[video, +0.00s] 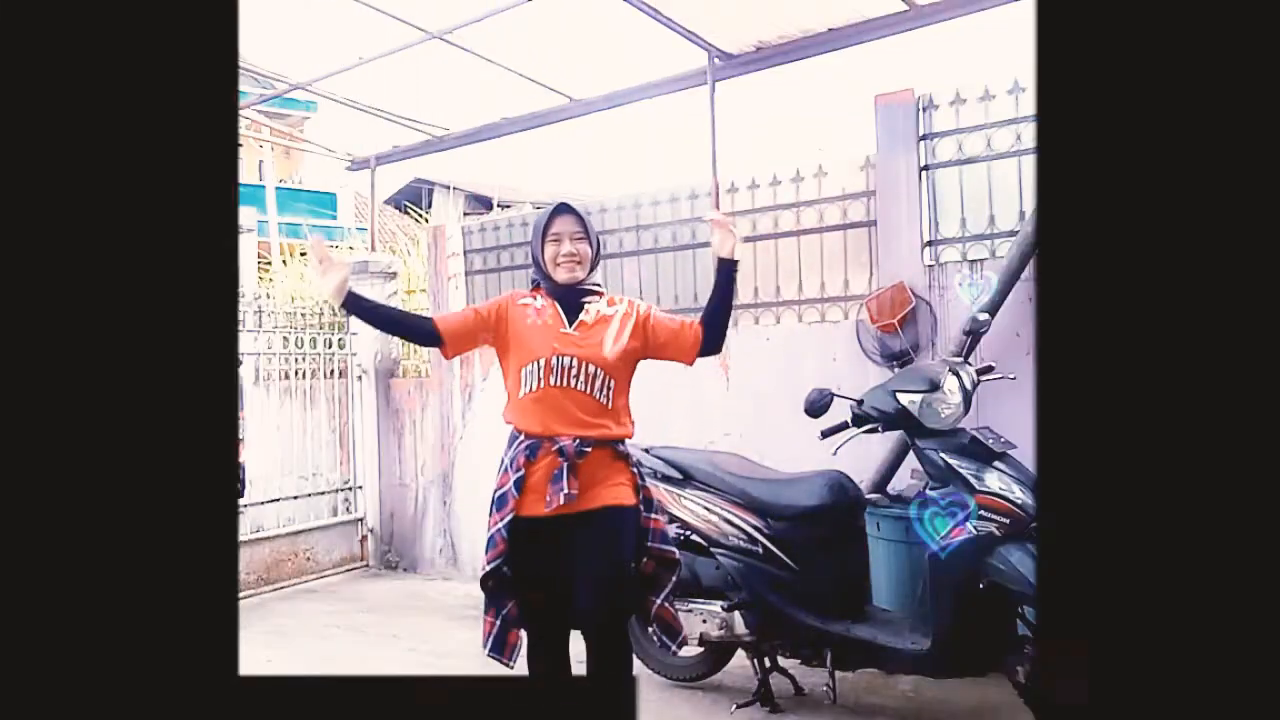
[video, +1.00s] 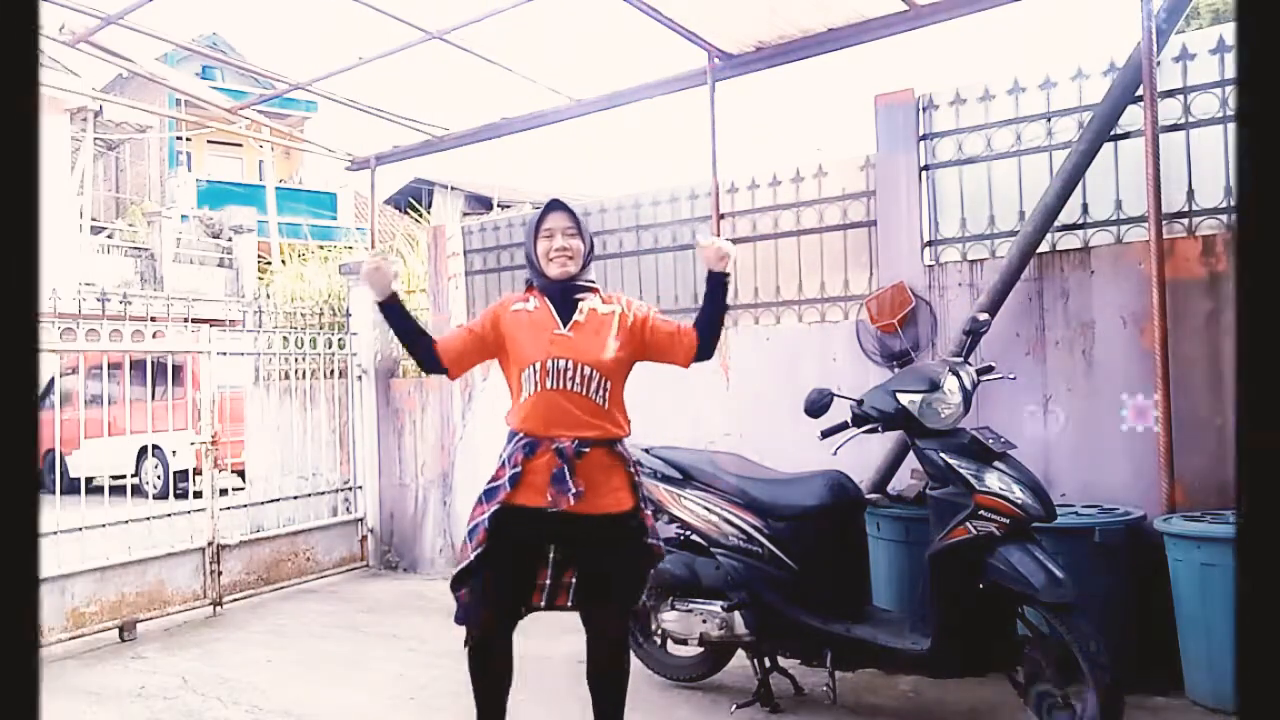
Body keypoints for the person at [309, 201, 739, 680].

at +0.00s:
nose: (569, 249)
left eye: (579, 239)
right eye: (556, 240)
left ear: (593, 250)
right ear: (539, 252)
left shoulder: (629, 315)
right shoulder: (509, 310)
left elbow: (706, 338)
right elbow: (428, 330)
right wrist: (347, 297)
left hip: (606, 494)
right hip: (531, 497)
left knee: (606, 637)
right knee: (545, 641)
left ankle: (614, 718)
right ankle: (553, 718)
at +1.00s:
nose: (560, 244)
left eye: (570, 234)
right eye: (548, 235)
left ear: (587, 245)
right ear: (532, 249)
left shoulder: (621, 313)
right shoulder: (509, 313)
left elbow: (698, 346)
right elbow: (436, 357)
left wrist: (717, 276)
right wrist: (387, 298)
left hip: (606, 498)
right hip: (523, 496)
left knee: (609, 636)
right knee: (487, 629)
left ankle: (609, 716)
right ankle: (490, 717)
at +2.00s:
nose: (583, 291)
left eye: (592, 281)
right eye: (571, 283)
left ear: (606, 289)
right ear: (554, 295)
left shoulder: (638, 334)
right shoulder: (540, 362)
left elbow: (712, 312)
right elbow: (509, 456)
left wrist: (677, 283)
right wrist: (469, 529)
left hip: (596, 520)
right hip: (522, 518)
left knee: (647, 639)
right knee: (460, 638)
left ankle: (662, 718)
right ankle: (424, 717)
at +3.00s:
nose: (574, 267)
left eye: (582, 256)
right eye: (561, 258)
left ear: (594, 264)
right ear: (541, 267)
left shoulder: (622, 319)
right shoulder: (518, 331)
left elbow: (702, 335)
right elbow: (486, 420)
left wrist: (676, 271)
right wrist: (439, 496)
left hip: (599, 497)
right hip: (521, 496)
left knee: (641, 618)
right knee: (464, 617)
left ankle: (659, 715)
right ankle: (416, 716)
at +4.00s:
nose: (544, 282)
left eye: (553, 270)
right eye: (531, 274)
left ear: (569, 277)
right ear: (515, 285)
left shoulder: (601, 322)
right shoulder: (501, 349)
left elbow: (653, 346)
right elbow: (477, 438)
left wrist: (685, 366)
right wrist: (451, 420)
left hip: (587, 508)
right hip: (515, 513)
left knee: (628, 628)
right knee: (451, 627)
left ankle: (655, 716)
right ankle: (422, 716)